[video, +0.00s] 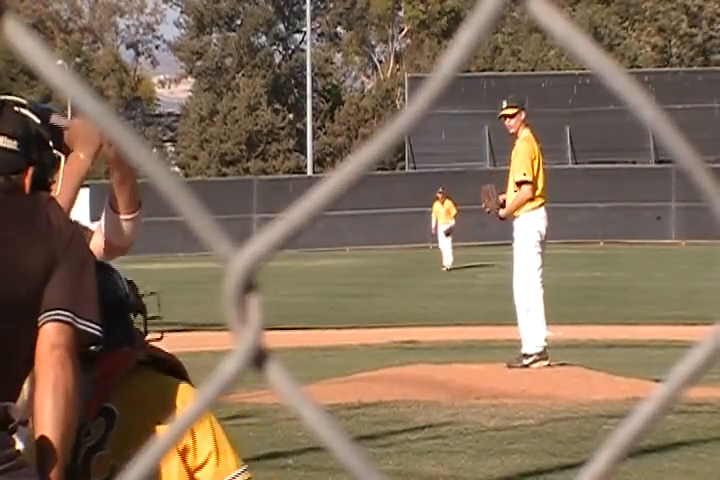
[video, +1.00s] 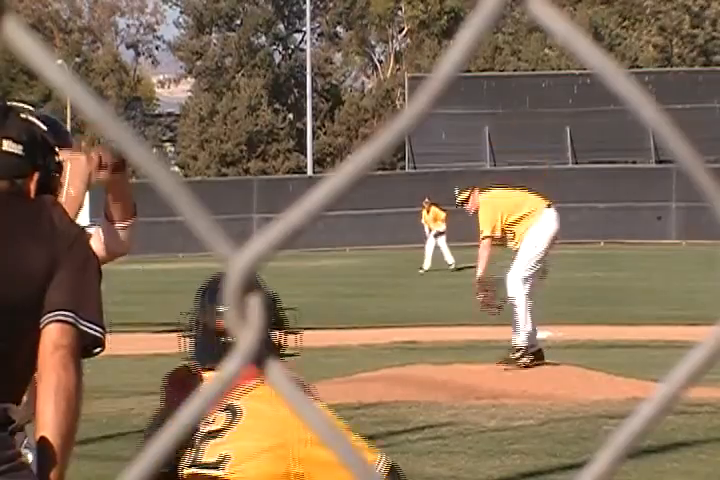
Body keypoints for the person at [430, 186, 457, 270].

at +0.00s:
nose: (440, 195)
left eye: (441, 193)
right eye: (438, 193)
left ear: (444, 194)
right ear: (437, 194)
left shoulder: (448, 203)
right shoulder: (436, 204)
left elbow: (453, 214)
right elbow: (434, 216)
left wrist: (452, 225)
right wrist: (433, 227)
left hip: (447, 224)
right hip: (440, 225)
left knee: (448, 244)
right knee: (441, 244)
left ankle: (449, 262)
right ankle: (445, 262)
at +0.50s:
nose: (437, 195)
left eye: (439, 193)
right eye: (436, 193)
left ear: (441, 195)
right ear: (434, 194)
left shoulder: (444, 203)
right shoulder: (433, 204)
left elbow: (449, 214)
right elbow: (431, 216)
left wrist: (445, 227)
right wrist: (427, 228)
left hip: (443, 226)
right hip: (435, 226)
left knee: (443, 246)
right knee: (431, 244)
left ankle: (444, 265)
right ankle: (432, 261)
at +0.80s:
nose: (427, 203)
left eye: (429, 201)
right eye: (426, 201)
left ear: (432, 201)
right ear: (425, 202)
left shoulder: (437, 208)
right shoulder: (426, 209)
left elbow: (444, 223)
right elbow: (426, 223)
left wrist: (441, 230)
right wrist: (425, 234)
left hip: (440, 229)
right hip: (432, 229)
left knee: (441, 248)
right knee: (428, 248)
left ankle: (444, 264)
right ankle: (426, 266)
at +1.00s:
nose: (426, 205)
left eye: (427, 203)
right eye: (425, 203)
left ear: (430, 204)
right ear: (423, 204)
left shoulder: (434, 209)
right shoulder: (424, 212)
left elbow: (443, 214)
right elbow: (424, 222)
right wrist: (427, 232)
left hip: (440, 230)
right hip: (432, 231)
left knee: (443, 247)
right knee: (428, 248)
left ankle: (451, 262)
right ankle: (426, 266)